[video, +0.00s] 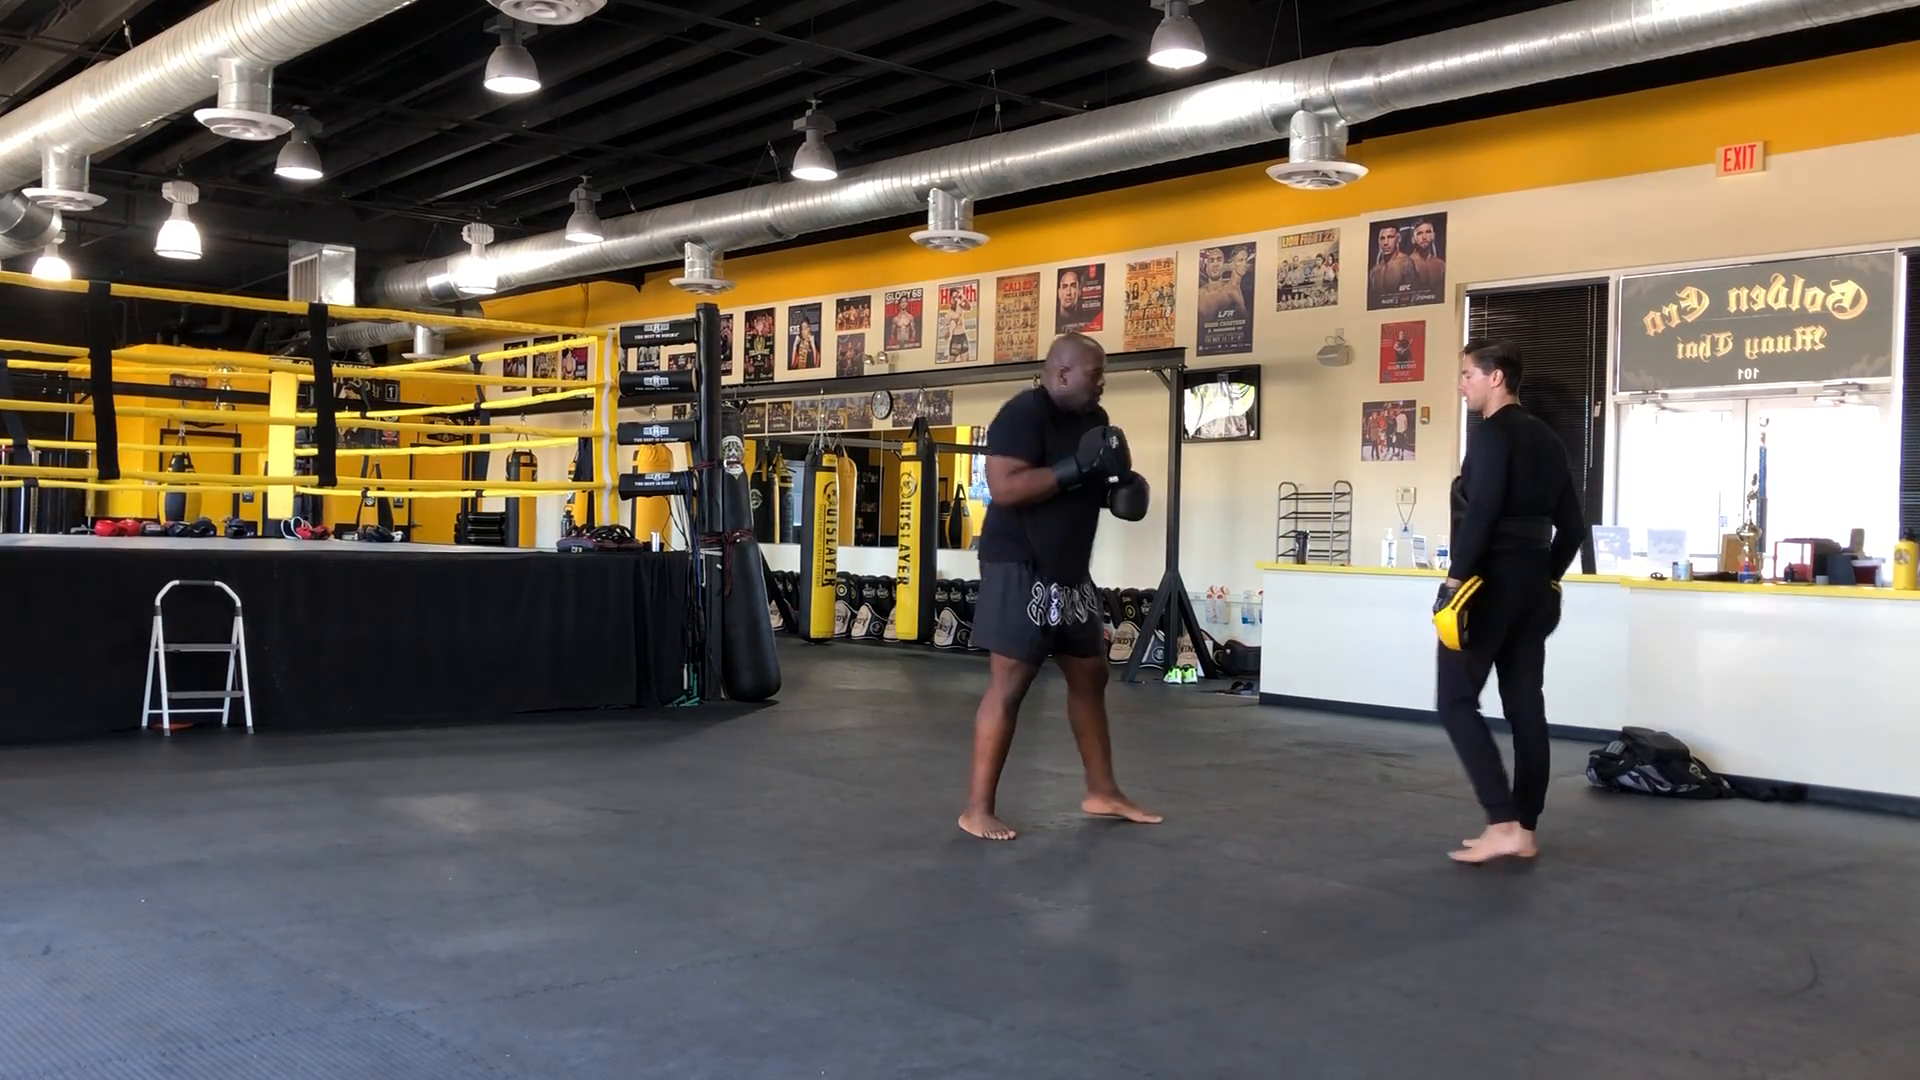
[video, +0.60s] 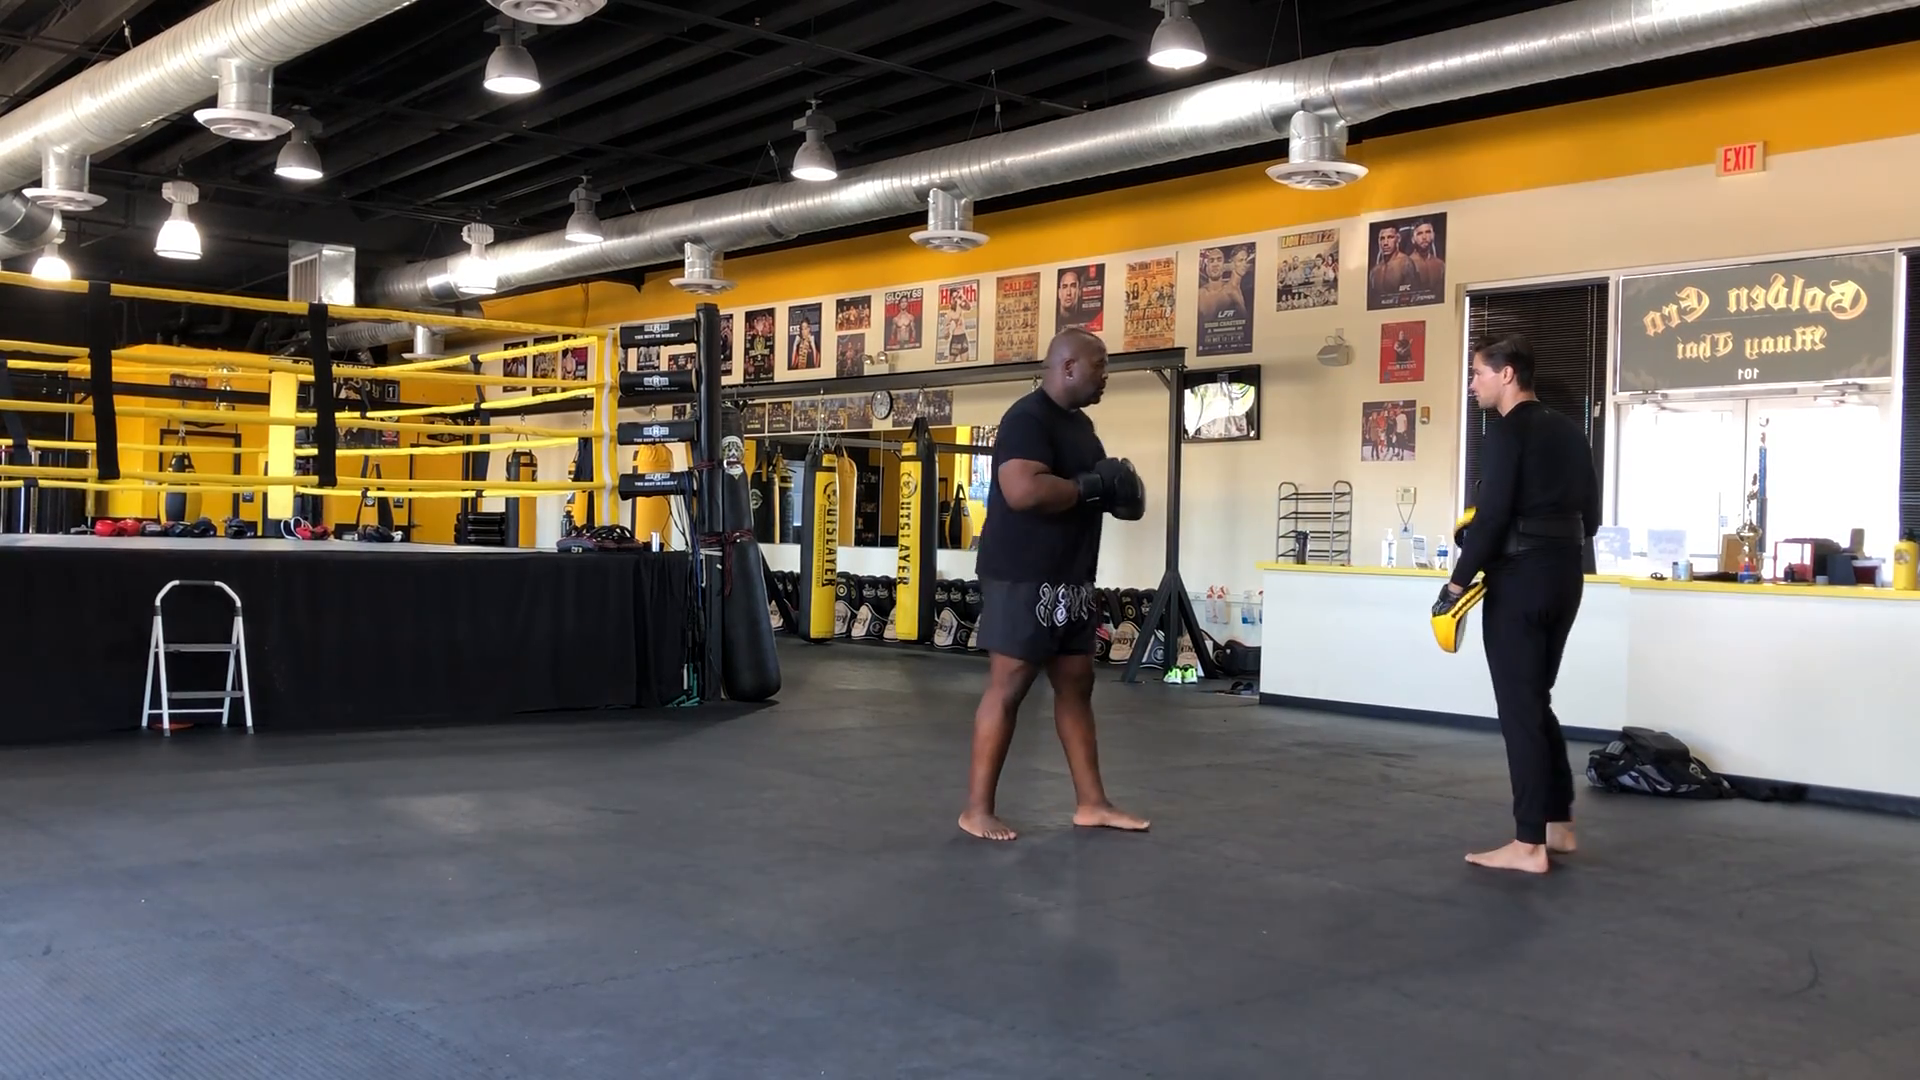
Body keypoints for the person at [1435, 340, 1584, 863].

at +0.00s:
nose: (1461, 386)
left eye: (1466, 376)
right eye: (1461, 376)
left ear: (1495, 378)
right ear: (1501, 381)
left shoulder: (1490, 431)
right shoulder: (1545, 436)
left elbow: (1481, 510)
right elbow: (1573, 526)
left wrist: (1453, 583)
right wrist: (1544, 577)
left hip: (1489, 586)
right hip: (1534, 586)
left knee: (1455, 703)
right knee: (1525, 705)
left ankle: (1503, 825)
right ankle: (1524, 831)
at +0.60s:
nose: (1473, 385)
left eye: (1477, 375)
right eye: (1473, 375)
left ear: (1508, 374)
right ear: (1515, 376)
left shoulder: (1507, 431)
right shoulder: (1568, 429)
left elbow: (1492, 517)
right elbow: (1588, 515)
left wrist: (1456, 582)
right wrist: (1520, 531)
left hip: (1519, 576)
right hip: (1565, 575)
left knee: (1519, 708)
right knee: (1535, 700)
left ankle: (1528, 844)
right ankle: (1558, 822)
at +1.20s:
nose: (1491, 385)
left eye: (1496, 375)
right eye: (1492, 375)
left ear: (1524, 376)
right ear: (1536, 379)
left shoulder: (1514, 431)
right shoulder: (1578, 436)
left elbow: (1491, 511)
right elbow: (1567, 506)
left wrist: (1454, 585)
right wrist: (1496, 460)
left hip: (1509, 584)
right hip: (1560, 587)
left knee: (1454, 701)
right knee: (1566, 713)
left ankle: (1455, 832)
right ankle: (1574, 840)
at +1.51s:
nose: (1452, 380)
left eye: (1458, 371)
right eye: (1453, 371)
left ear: (1484, 375)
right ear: (1494, 377)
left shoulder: (1481, 432)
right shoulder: (1533, 433)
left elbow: (1460, 513)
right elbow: (1504, 498)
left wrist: (1422, 582)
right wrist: (1450, 458)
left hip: (1471, 584)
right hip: (1516, 586)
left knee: (1435, 708)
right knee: (1525, 709)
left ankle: (1429, 837)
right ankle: (1567, 834)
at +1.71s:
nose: (1415, 373)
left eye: (1422, 365)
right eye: (1417, 365)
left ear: (1451, 371)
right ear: (1453, 373)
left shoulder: (1465, 429)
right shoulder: (1475, 427)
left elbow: (1453, 514)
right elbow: (1427, 501)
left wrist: (1405, 583)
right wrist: (1399, 448)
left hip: (1455, 582)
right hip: (1478, 579)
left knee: (1429, 709)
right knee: (1489, 701)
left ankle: (1428, 838)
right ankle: (1555, 818)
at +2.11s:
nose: (1400, 380)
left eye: (1404, 370)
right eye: (1401, 371)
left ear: (1428, 372)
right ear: (1444, 372)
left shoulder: (1420, 428)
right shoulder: (1494, 428)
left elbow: (1398, 505)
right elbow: (1487, 503)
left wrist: (1361, 571)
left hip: (1432, 577)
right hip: (1485, 576)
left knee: (1429, 709)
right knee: (1499, 696)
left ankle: (1428, 838)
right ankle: (1554, 812)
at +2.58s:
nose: (1444, 394)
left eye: (1449, 384)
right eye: (1444, 384)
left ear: (1477, 384)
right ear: (1487, 385)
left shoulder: (1477, 436)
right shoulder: (1540, 435)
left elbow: (1455, 514)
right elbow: (1535, 513)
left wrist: (1420, 517)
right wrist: (1460, 534)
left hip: (1494, 587)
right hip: (1545, 585)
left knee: (1456, 709)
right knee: (1552, 710)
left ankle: (1432, 834)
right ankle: (1574, 838)